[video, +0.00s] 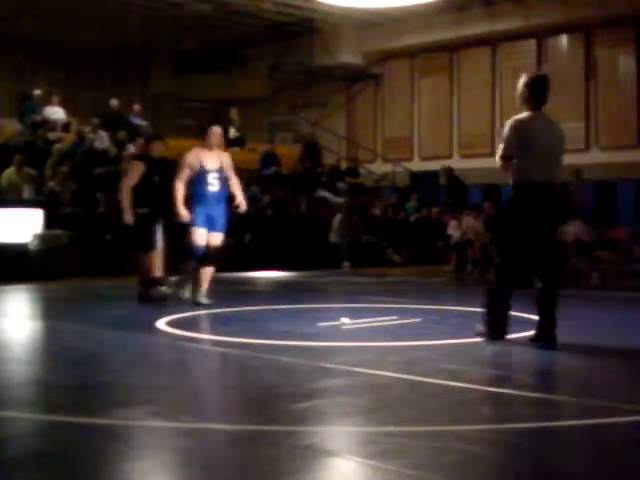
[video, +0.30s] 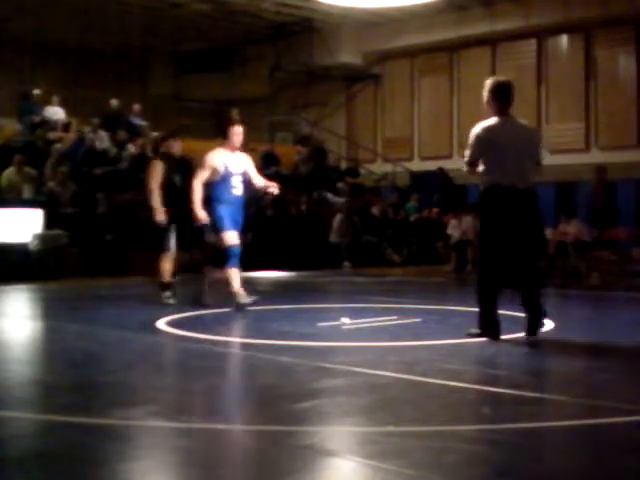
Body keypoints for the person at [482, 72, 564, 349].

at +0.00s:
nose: (518, 95)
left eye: (520, 90)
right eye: (520, 89)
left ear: (525, 94)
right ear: (545, 95)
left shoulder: (518, 124)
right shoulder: (555, 128)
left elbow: (504, 159)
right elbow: (556, 159)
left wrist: (520, 169)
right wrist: (528, 164)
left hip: (523, 198)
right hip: (550, 197)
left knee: (509, 260)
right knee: (548, 265)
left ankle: (496, 325)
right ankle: (547, 330)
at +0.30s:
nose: (486, 102)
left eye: (486, 97)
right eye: (488, 97)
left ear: (489, 100)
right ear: (511, 100)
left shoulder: (482, 131)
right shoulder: (528, 131)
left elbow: (471, 165)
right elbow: (537, 165)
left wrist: (488, 167)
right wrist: (514, 165)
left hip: (494, 199)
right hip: (523, 199)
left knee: (489, 260)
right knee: (525, 260)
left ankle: (489, 325)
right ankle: (534, 319)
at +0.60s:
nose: (465, 104)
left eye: (467, 99)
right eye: (467, 99)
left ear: (472, 102)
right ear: (492, 101)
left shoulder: (465, 132)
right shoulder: (507, 131)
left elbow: (451, 166)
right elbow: (518, 163)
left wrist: (465, 165)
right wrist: (497, 163)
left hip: (477, 200)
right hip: (503, 200)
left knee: (479, 258)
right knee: (496, 257)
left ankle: (489, 323)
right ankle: (484, 313)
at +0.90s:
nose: (454, 107)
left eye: (456, 102)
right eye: (455, 101)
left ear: (464, 104)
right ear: (479, 104)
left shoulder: (460, 131)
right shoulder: (493, 134)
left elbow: (448, 162)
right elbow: (502, 167)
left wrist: (450, 175)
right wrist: (484, 174)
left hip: (468, 197)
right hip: (491, 198)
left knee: (471, 257)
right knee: (481, 257)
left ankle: (483, 317)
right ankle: (475, 312)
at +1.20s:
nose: (446, 111)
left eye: (447, 106)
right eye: (446, 106)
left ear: (454, 106)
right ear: (470, 106)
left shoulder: (455, 130)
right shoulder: (484, 134)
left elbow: (432, 158)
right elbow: (495, 167)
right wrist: (474, 168)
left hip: (461, 198)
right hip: (483, 198)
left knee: (453, 254)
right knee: (477, 254)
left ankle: (463, 318)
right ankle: (472, 314)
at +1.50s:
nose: (436, 111)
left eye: (438, 106)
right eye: (437, 106)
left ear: (445, 107)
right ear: (462, 106)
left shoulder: (438, 131)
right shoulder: (479, 133)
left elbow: (414, 153)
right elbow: (494, 165)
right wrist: (481, 184)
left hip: (449, 198)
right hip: (475, 197)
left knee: (447, 258)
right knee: (475, 259)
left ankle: (444, 319)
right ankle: (471, 319)